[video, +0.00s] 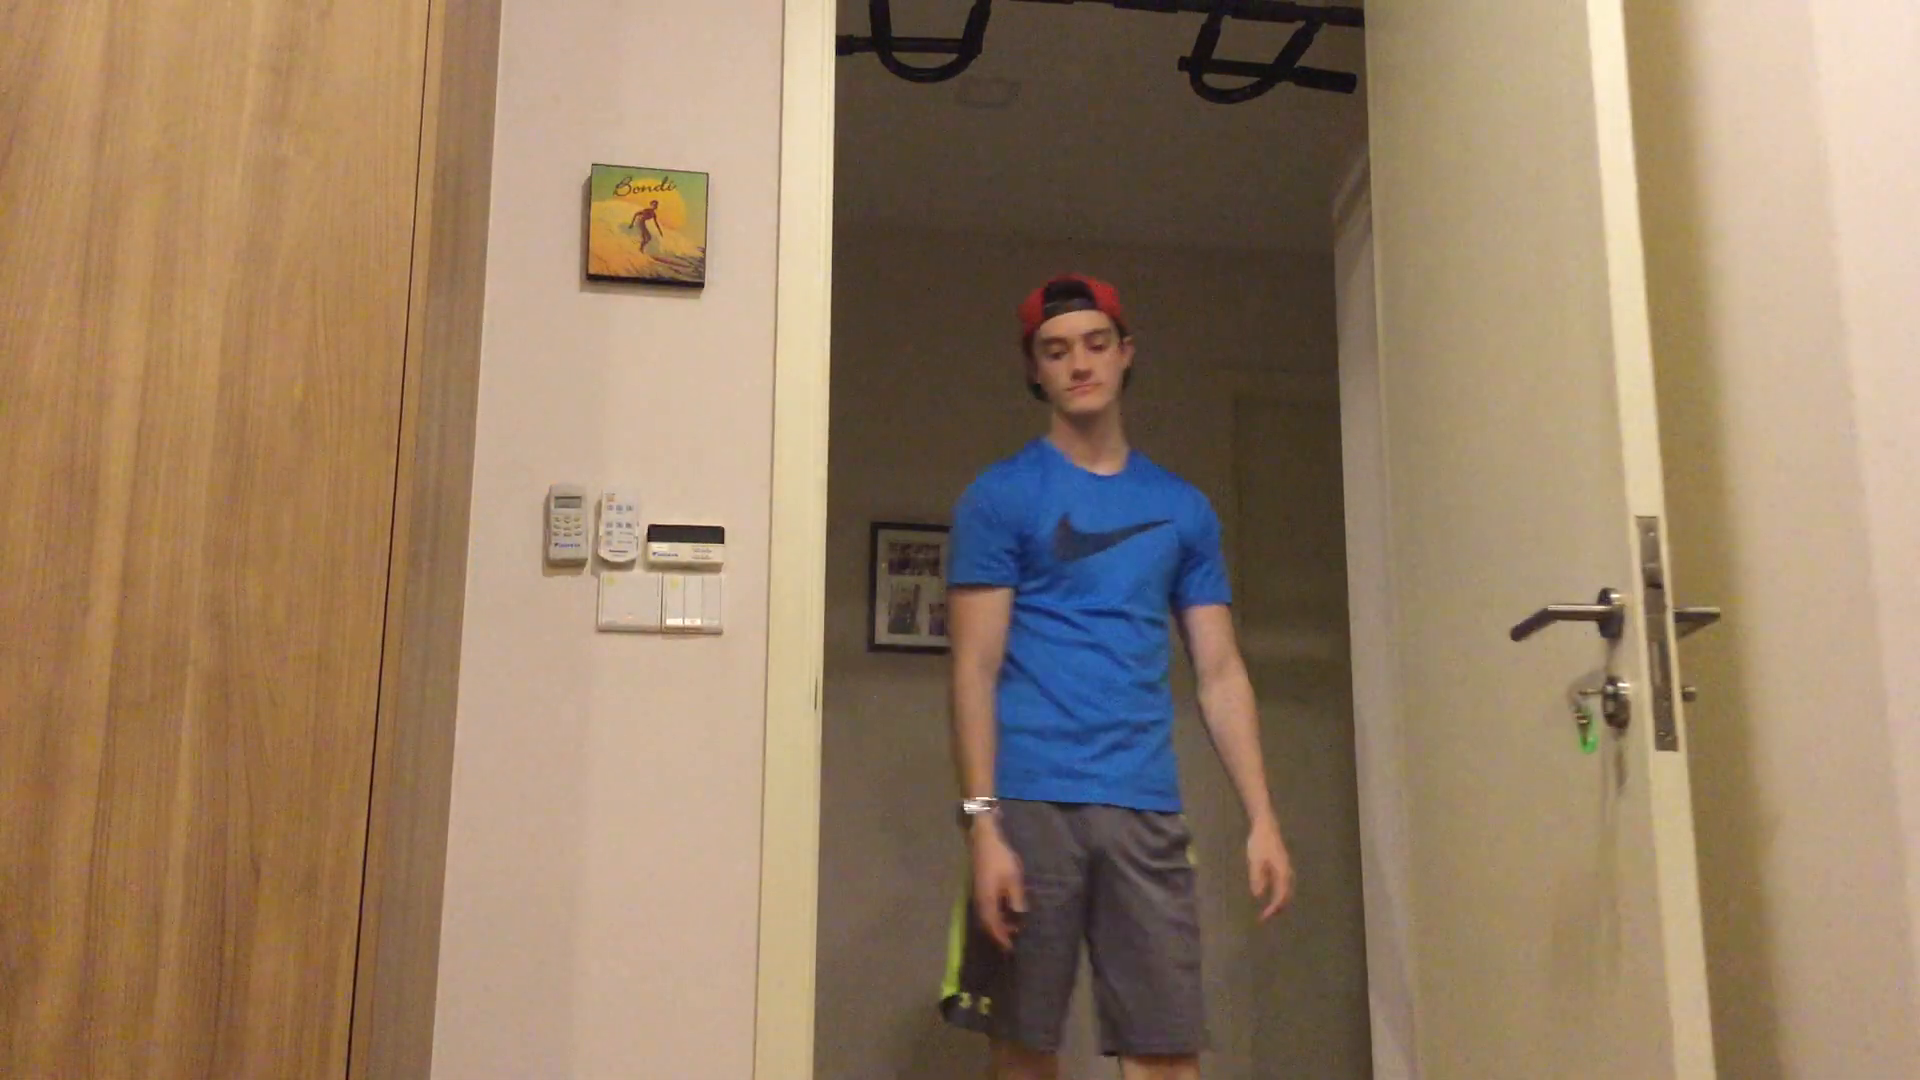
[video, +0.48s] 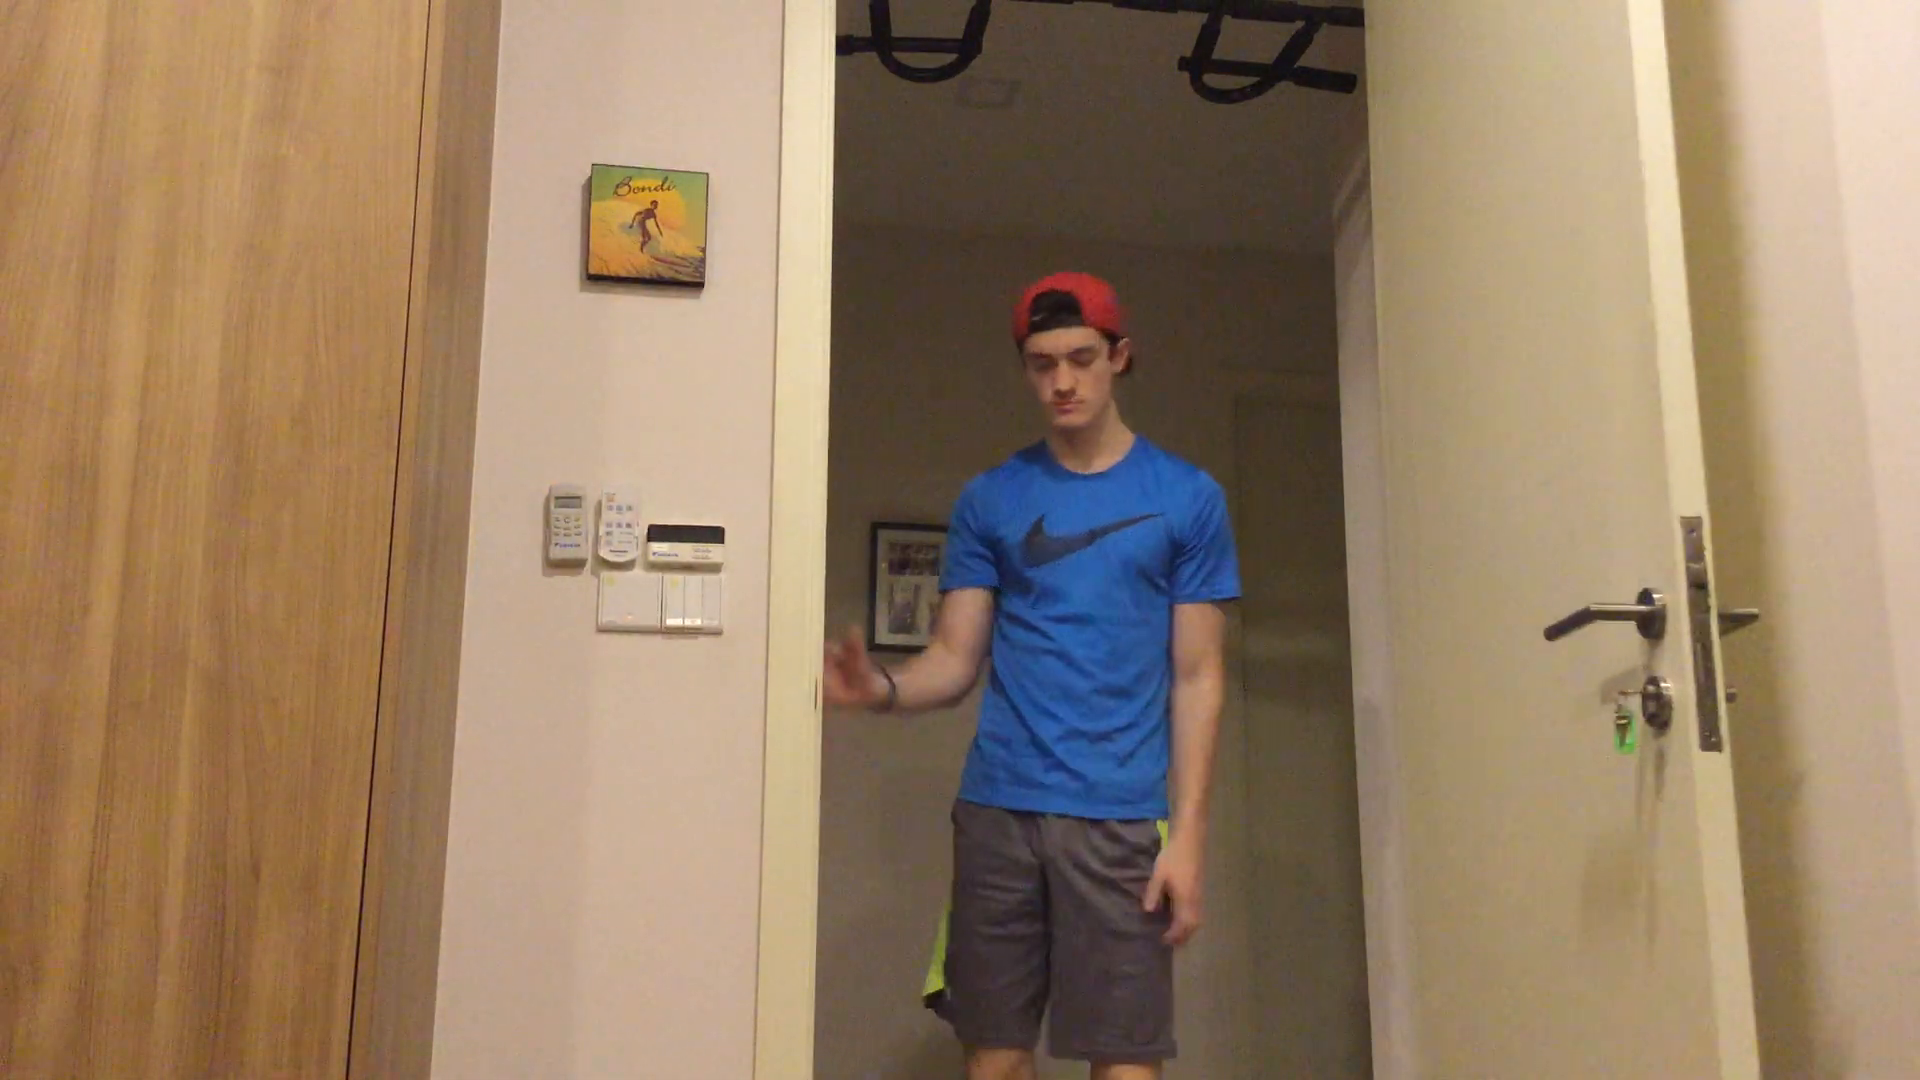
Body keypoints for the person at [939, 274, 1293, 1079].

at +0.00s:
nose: (1079, 361)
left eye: (1095, 342)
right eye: (1057, 348)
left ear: (1126, 354)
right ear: (1035, 372)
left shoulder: (1182, 508)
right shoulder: (1001, 497)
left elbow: (1220, 672)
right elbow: (974, 668)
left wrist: (1262, 818)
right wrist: (982, 823)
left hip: (1148, 814)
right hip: (1031, 812)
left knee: (1168, 1057)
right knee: (1024, 1052)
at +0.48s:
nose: (1062, 383)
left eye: (1080, 359)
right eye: (1043, 364)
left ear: (1119, 359)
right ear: (1025, 372)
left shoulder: (1187, 499)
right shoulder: (989, 500)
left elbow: (1198, 675)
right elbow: (953, 657)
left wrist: (1188, 836)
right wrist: (882, 689)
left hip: (1120, 818)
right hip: (998, 809)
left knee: (1125, 1057)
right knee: (993, 1050)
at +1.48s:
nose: (1132, 314)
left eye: (1151, 313)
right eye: (1113, 317)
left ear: (1189, 364)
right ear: (1096, 375)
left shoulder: (1244, 500)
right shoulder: (1045, 487)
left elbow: (1253, 671)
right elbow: (989, 642)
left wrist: (1334, 785)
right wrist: (916, 599)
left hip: (1160, 815)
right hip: (1036, 802)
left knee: (1151, 1062)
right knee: (1023, 1056)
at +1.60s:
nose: (1126, 318)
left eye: (1147, 315)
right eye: (1110, 321)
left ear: (1186, 365)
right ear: (1096, 382)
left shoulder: (1243, 499)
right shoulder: (1048, 479)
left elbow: (1257, 669)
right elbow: (943, 587)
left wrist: (1337, 784)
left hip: (1167, 814)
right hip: (1042, 802)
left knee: (1156, 1063)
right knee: (1035, 1057)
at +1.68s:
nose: (1127, 321)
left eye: (1149, 319)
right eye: (1112, 324)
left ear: (1188, 368)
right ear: (1097, 382)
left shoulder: (1243, 503)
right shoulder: (1050, 467)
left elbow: (1256, 672)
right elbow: (913, 501)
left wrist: (1341, 792)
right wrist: (917, 358)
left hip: (1169, 812)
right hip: (1046, 797)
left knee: (1156, 1063)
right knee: (1046, 1055)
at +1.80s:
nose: (1118, 324)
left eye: (1140, 321)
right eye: (1106, 327)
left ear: (1184, 371)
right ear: (1093, 381)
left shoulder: (1235, 508)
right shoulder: (1049, 452)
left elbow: (1247, 676)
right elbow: (913, 379)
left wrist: (1337, 788)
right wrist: (927, 226)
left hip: (1168, 801)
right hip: (1050, 783)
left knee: (1158, 1061)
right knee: (1064, 1048)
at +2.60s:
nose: (1041, 289)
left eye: (1059, 288)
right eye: (1027, 291)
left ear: (1093, 343)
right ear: (1002, 339)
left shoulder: (1139, 468)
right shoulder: (968, 392)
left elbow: (1171, 626)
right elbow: (930, 222)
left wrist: (1245, 705)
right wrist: (924, 74)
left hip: (1102, 742)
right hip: (987, 728)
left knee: (1119, 1043)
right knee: (996, 1040)